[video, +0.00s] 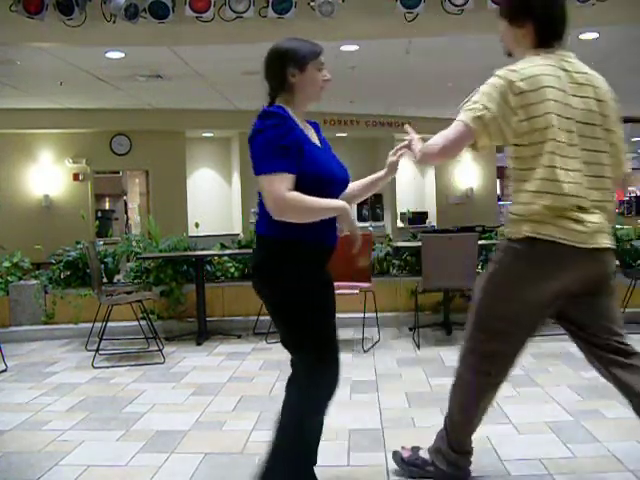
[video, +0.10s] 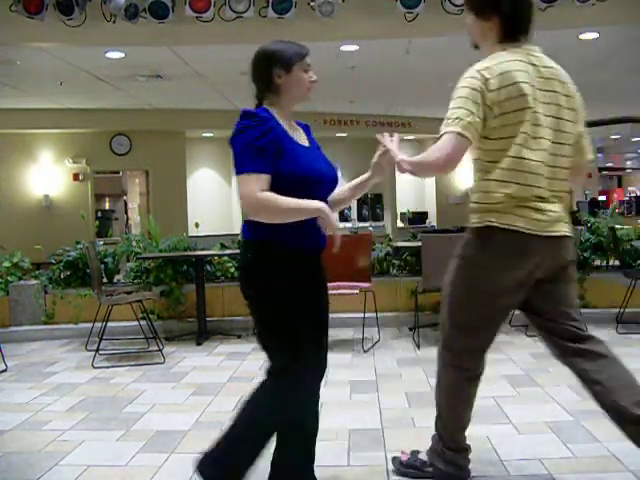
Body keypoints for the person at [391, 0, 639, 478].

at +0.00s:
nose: (500, 35)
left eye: (503, 23)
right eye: (500, 24)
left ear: (525, 25)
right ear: (552, 25)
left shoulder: (513, 79)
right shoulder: (597, 84)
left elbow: (445, 146)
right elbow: (620, 171)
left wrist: (419, 148)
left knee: (484, 352)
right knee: (615, 353)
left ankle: (449, 457)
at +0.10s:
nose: (466, 24)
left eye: (469, 14)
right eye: (467, 14)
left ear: (487, 17)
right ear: (522, 18)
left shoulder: (482, 76)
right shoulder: (562, 79)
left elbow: (445, 157)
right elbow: (582, 169)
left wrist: (404, 161)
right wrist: (540, 188)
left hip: (498, 238)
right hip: (555, 240)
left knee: (460, 348)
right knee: (575, 341)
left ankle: (447, 458)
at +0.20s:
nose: (441, 27)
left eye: (444, 16)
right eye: (441, 16)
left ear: (462, 17)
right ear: (489, 17)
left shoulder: (461, 75)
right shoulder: (528, 75)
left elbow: (441, 162)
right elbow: (549, 160)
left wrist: (387, 168)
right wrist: (506, 190)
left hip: (472, 231)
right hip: (523, 233)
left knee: (445, 347)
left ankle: (446, 458)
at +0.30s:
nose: (414, 27)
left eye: (416, 17)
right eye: (414, 17)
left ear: (438, 19)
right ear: (462, 19)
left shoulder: (442, 77)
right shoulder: (500, 75)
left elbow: (427, 171)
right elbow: (519, 161)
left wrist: (370, 165)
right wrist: (476, 192)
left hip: (453, 228)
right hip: (496, 230)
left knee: (433, 346)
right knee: (486, 331)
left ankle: (446, 458)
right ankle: (555, 436)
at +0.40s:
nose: (394, 32)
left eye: (398, 22)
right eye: (395, 22)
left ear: (419, 24)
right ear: (439, 24)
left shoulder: (426, 78)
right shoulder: (476, 77)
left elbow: (411, 172)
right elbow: (497, 161)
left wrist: (355, 161)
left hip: (437, 228)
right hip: (474, 228)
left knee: (420, 348)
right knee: (444, 339)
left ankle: (446, 458)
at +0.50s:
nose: (377, 43)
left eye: (381, 33)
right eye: (377, 34)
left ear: (403, 36)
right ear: (417, 36)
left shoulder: (409, 87)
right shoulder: (456, 87)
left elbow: (393, 178)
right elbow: (476, 169)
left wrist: (337, 162)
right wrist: (427, 186)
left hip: (419, 235)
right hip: (453, 235)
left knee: (404, 346)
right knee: (404, 336)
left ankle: (445, 458)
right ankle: (402, 432)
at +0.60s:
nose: (360, 55)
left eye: (363, 46)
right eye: (360, 46)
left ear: (384, 48)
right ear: (401, 48)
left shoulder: (394, 100)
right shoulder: (433, 95)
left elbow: (375, 189)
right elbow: (446, 177)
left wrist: (315, 165)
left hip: (405, 240)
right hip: (433, 240)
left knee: (386, 351)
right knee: (361, 326)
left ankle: (444, 454)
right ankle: (340, 418)